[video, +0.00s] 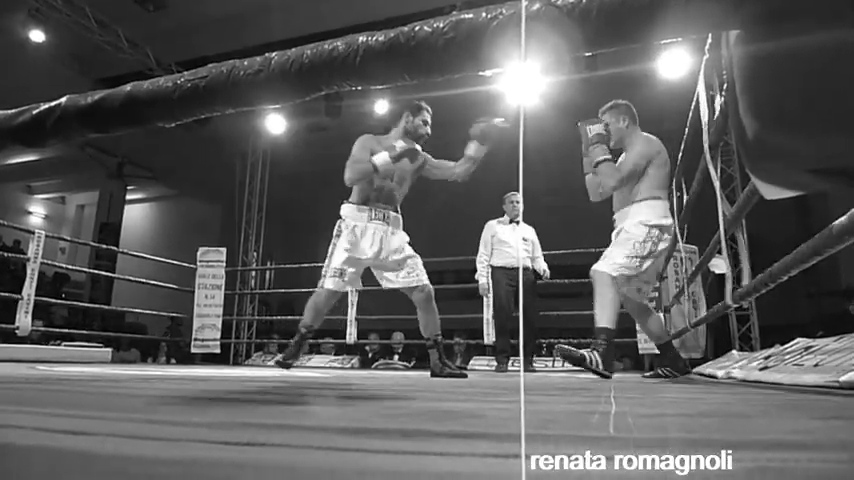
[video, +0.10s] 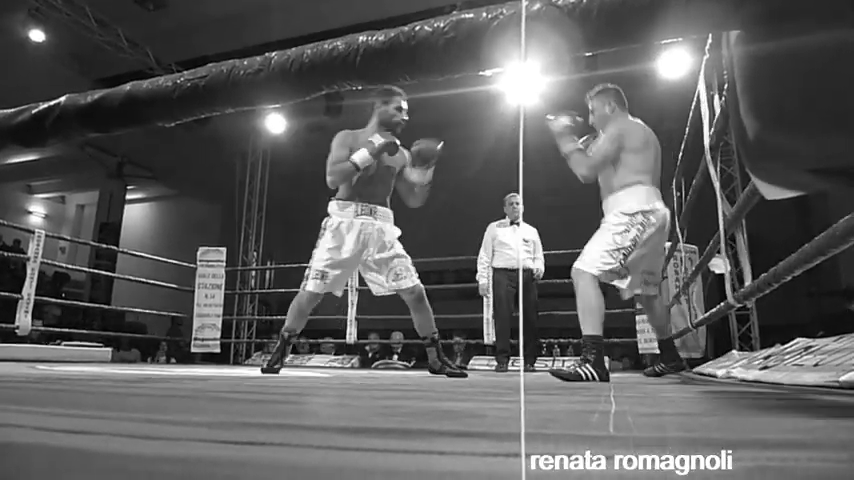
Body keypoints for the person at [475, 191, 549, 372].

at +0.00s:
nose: (516, 206)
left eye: (518, 203)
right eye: (512, 203)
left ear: (522, 206)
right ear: (504, 206)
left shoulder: (529, 230)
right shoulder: (492, 227)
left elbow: (537, 256)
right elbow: (483, 256)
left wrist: (543, 268)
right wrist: (482, 279)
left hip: (526, 272)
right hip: (501, 271)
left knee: (529, 315)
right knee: (502, 314)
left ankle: (527, 359)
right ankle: (502, 359)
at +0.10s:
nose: (515, 207)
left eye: (518, 204)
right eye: (511, 204)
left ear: (523, 207)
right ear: (504, 208)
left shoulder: (531, 231)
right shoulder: (494, 229)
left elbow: (538, 254)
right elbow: (484, 256)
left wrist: (539, 267)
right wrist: (482, 279)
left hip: (527, 273)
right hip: (502, 273)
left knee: (530, 316)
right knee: (502, 315)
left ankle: (529, 359)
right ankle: (502, 358)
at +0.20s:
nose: (514, 215)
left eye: (517, 211)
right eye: (511, 212)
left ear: (523, 214)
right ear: (505, 215)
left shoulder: (533, 238)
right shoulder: (495, 236)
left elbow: (541, 263)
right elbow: (485, 264)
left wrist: (537, 275)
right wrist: (483, 287)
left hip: (526, 281)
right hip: (501, 281)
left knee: (528, 323)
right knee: (502, 322)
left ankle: (528, 365)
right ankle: (501, 364)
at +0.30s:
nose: (514, 218)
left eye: (517, 214)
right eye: (510, 215)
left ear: (523, 217)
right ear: (505, 218)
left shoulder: (534, 242)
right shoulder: (495, 240)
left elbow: (543, 269)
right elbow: (485, 269)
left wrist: (535, 281)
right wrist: (483, 290)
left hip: (525, 286)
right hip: (501, 285)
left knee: (527, 326)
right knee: (500, 325)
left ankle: (528, 368)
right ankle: (501, 367)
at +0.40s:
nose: (512, 217)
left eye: (515, 214)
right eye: (509, 214)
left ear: (521, 217)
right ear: (503, 217)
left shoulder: (532, 241)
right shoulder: (493, 240)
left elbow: (540, 268)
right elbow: (484, 269)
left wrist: (534, 282)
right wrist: (481, 291)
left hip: (523, 285)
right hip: (499, 284)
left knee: (525, 326)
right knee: (495, 323)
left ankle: (528, 367)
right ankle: (493, 366)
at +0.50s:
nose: (508, 217)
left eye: (512, 213)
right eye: (505, 214)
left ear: (518, 216)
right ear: (500, 217)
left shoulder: (529, 240)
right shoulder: (491, 240)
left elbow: (539, 266)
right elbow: (482, 269)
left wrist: (532, 282)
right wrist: (479, 292)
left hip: (521, 285)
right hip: (497, 285)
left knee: (524, 324)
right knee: (491, 322)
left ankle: (526, 364)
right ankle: (485, 364)